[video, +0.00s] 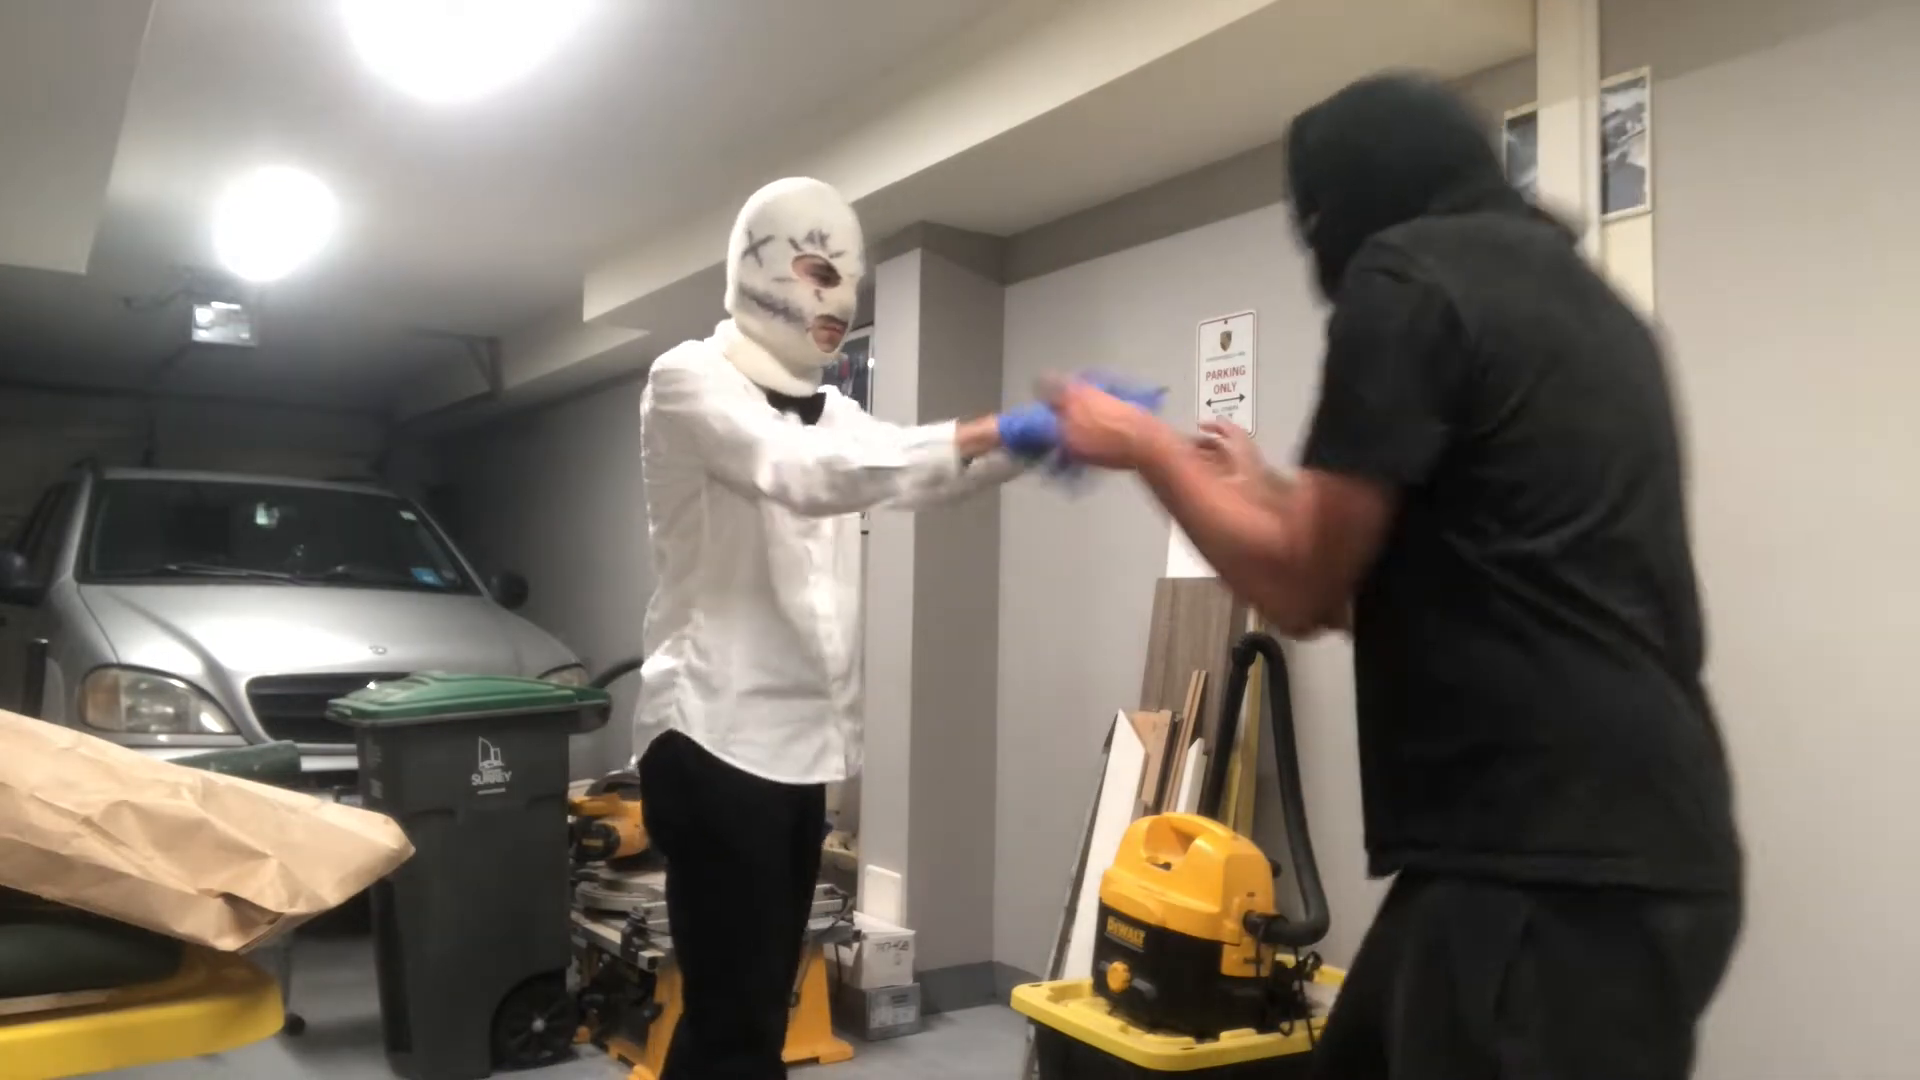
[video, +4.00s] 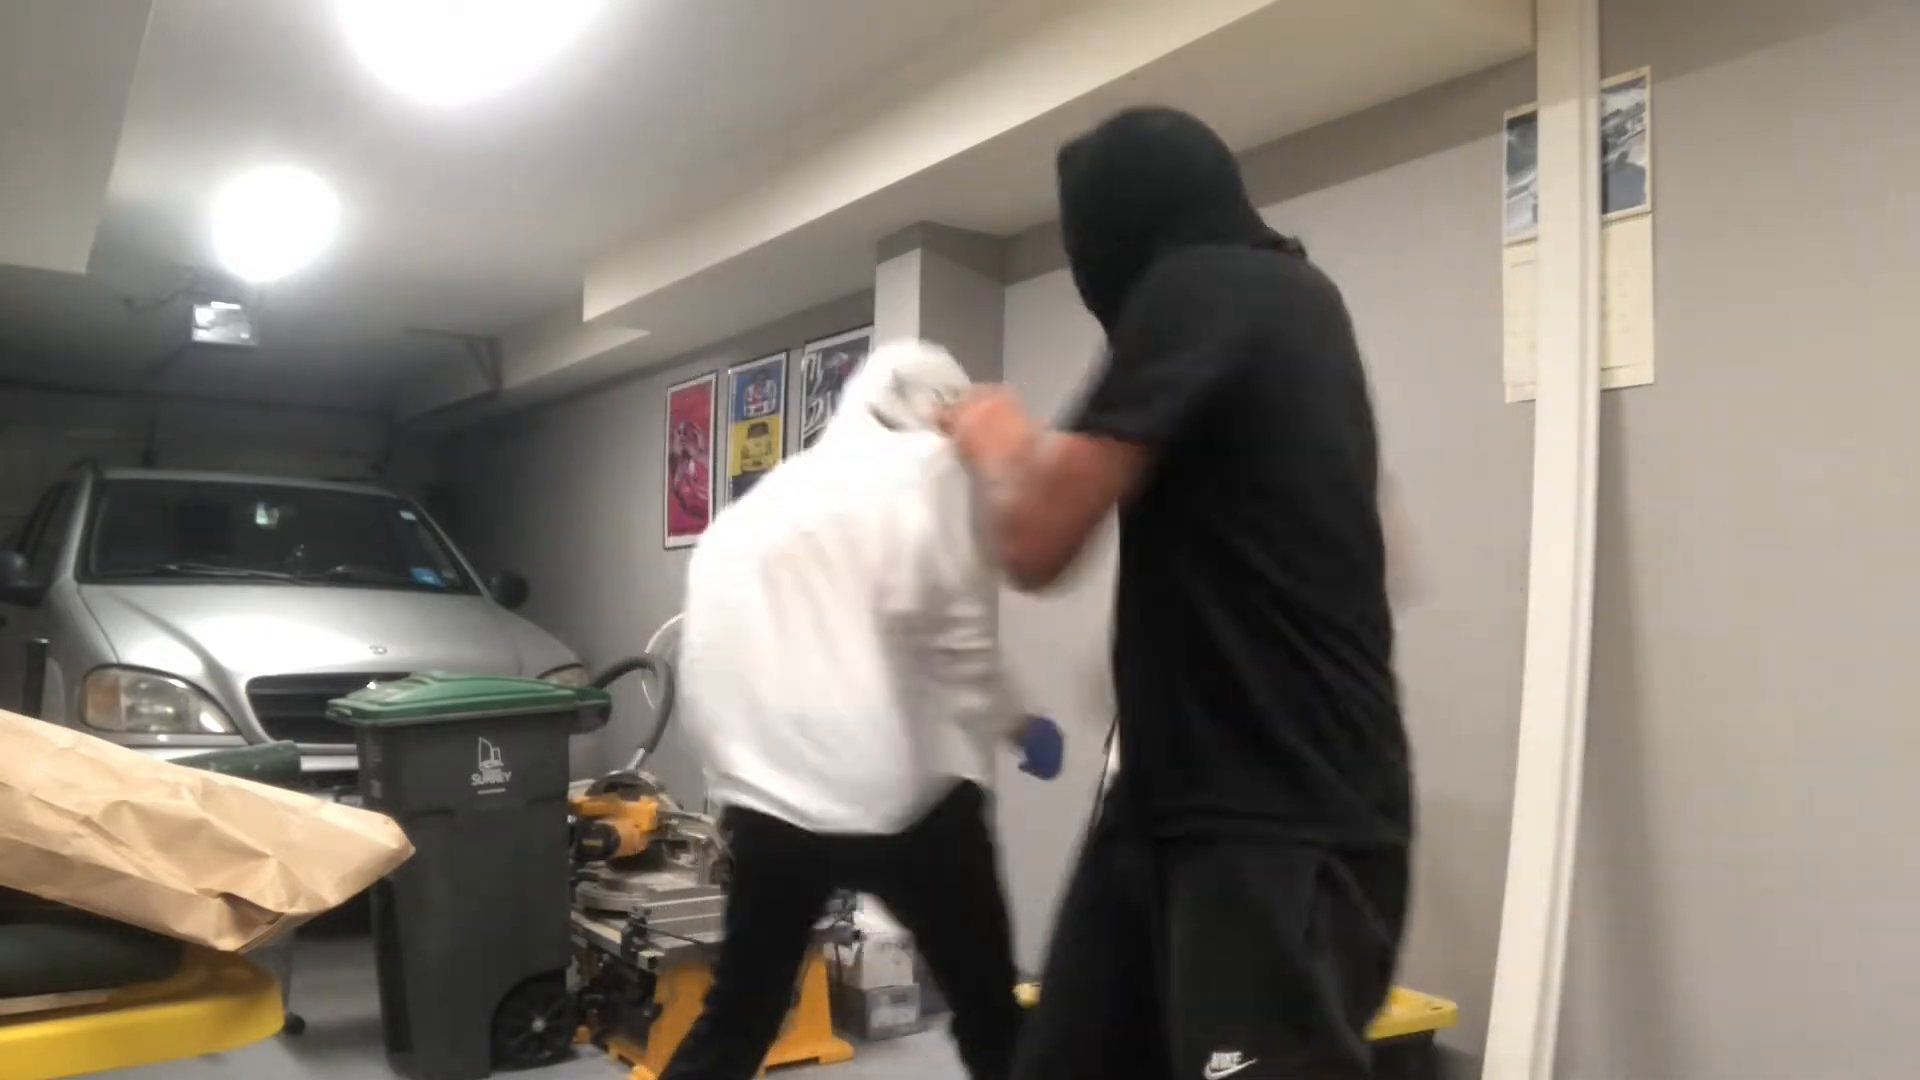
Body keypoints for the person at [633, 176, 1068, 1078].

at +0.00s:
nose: (832, 301)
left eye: (844, 281)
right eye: (809, 273)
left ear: (856, 290)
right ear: (751, 272)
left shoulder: (825, 411)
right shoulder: (689, 379)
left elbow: (914, 471)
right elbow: (799, 476)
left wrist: (1029, 439)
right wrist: (979, 435)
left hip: (796, 756)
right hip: (713, 748)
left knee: (757, 1019)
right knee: (730, 1023)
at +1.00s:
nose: (755, 319)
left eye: (764, 301)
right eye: (729, 296)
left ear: (771, 310)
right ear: (672, 303)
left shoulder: (757, 422)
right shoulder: (610, 398)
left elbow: (845, 490)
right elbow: (698, 473)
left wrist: (961, 475)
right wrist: (872, 427)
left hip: (705, 739)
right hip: (605, 734)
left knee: (695, 982)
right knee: (652, 988)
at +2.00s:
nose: (816, 319)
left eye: (824, 303)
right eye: (796, 294)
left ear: (829, 314)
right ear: (734, 291)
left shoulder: (761, 433)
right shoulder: (682, 391)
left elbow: (833, 565)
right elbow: (731, 514)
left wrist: (937, 549)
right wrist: (899, 524)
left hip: (728, 741)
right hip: (671, 738)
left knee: (731, 1005)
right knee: (757, 1012)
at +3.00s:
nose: (870, 341)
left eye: (870, 318)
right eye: (853, 315)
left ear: (775, 321)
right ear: (802, 313)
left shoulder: (725, 435)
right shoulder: (775, 407)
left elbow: (831, 631)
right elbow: (916, 556)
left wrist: (970, 568)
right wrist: (1064, 534)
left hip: (720, 776)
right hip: (789, 767)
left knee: (728, 1031)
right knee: (916, 1047)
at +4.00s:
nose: (963, 426)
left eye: (964, 412)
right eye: (959, 411)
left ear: (858, 401)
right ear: (939, 406)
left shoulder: (766, 494)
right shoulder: (935, 468)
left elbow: (706, 657)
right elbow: (957, 637)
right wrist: (1021, 724)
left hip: (772, 814)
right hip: (909, 806)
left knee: (735, 1021)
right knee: (988, 1014)